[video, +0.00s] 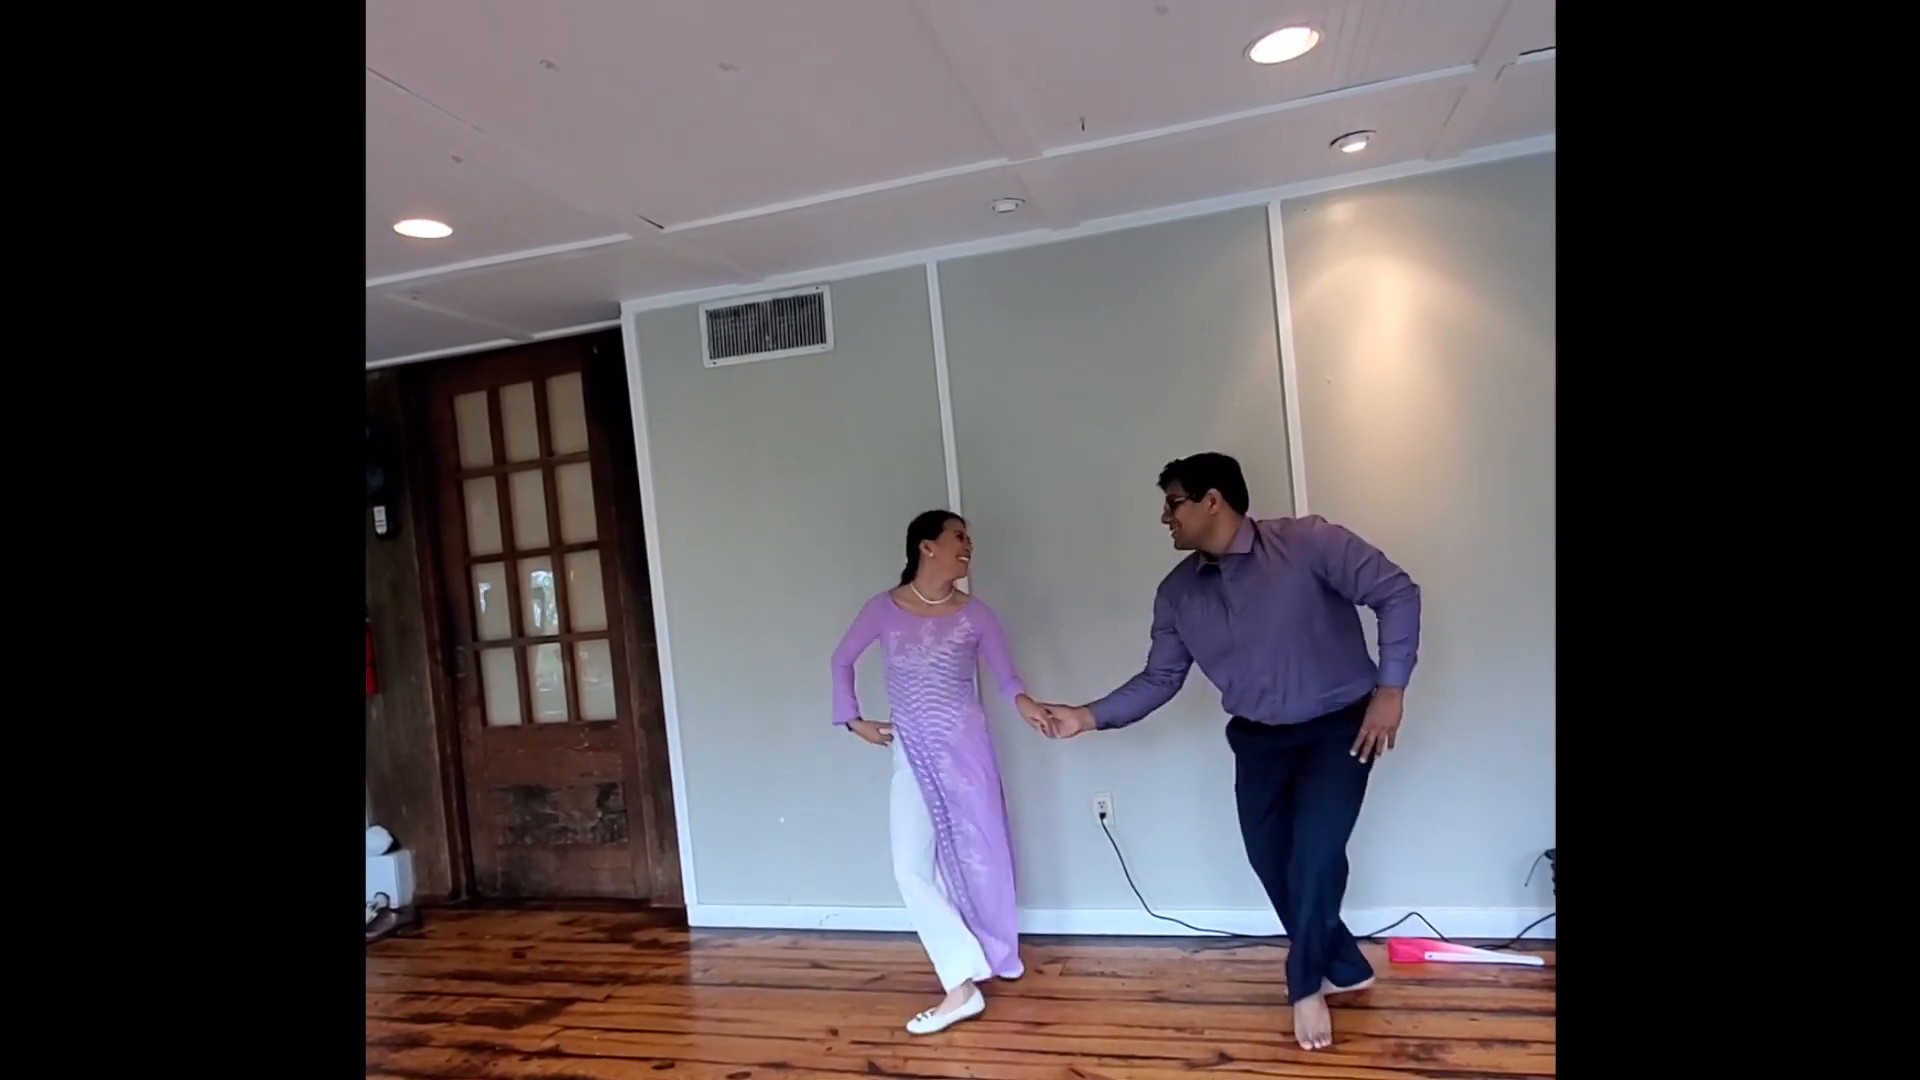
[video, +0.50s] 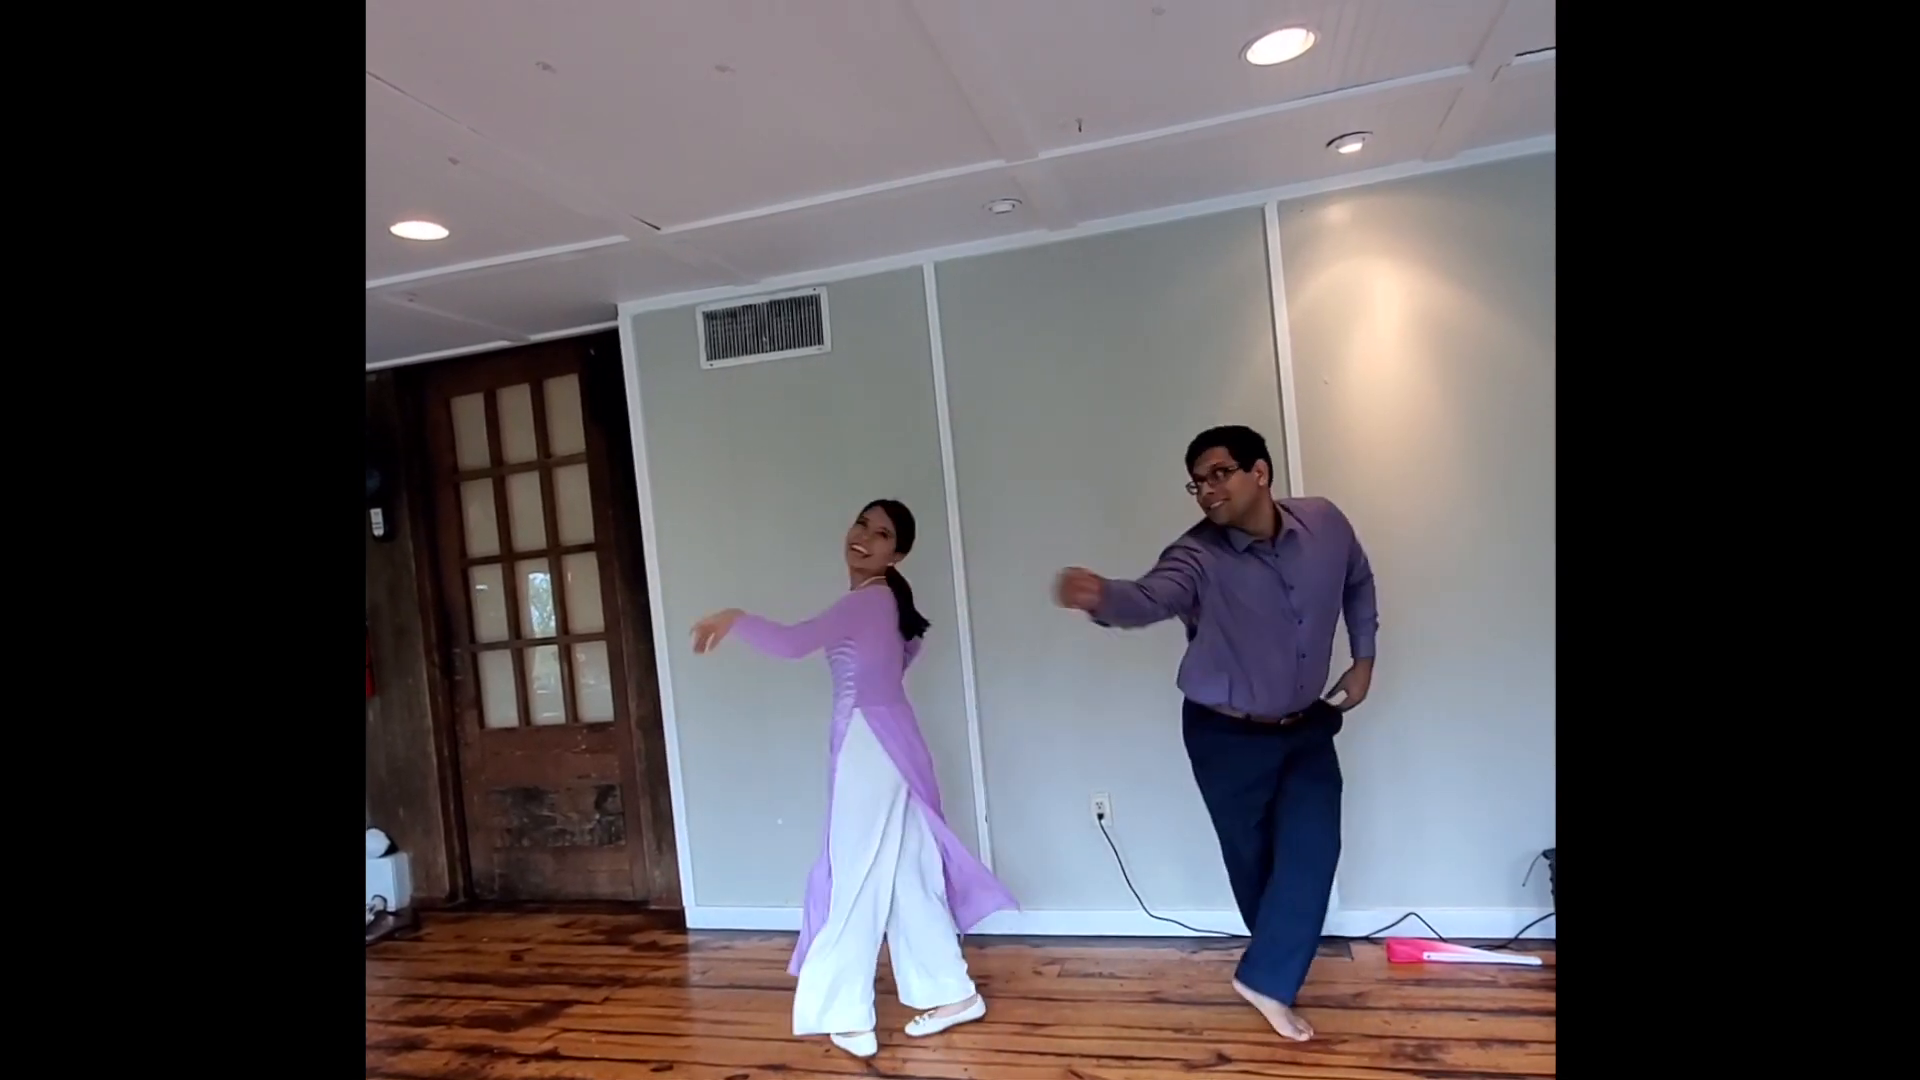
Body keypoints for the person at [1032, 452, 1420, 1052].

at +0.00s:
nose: (1165, 519)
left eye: (1173, 506)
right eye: (1164, 508)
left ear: (1214, 502)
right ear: (1202, 507)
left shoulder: (1307, 542)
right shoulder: (1179, 593)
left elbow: (1398, 592)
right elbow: (1160, 678)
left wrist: (1391, 692)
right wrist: (1087, 715)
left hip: (1337, 723)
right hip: (1257, 736)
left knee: (1317, 852)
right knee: (1269, 859)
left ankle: (1306, 988)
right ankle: (1345, 964)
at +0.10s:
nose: (1172, 522)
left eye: (1181, 507)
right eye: (1169, 512)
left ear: (1224, 502)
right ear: (1209, 511)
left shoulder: (1319, 544)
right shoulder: (1181, 605)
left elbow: (1397, 600)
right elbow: (1150, 686)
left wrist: (1395, 695)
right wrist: (1073, 708)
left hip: (1336, 738)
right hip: (1251, 750)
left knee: (1333, 867)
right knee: (1268, 874)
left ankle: (1307, 995)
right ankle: (1332, 957)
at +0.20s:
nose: (1181, 515)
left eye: (1192, 501)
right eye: (1176, 506)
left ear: (1235, 500)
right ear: (1181, 516)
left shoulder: (1321, 546)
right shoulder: (1179, 599)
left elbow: (1392, 605)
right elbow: (1133, 667)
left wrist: (1399, 693)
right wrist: (1052, 683)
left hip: (1334, 742)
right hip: (1248, 753)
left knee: (1336, 873)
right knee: (1268, 879)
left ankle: (1312, 997)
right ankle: (1301, 950)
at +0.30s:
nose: (1186, 496)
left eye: (1198, 480)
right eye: (1179, 487)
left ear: (1242, 482)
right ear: (1183, 499)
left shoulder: (1319, 531)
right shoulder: (1178, 573)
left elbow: (1378, 591)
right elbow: (1112, 619)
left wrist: (1395, 676)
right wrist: (1024, 639)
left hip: (1329, 730)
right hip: (1246, 739)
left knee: (1331, 867)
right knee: (1273, 868)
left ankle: (1311, 995)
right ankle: (1294, 954)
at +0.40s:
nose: (1192, 484)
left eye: (1203, 469)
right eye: (1184, 477)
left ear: (1247, 470)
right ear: (1186, 489)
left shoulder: (1318, 514)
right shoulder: (1189, 549)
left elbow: (1365, 575)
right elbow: (1125, 588)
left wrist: (1380, 657)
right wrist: (1039, 599)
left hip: (1318, 713)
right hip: (1238, 721)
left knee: (1332, 840)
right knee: (1262, 852)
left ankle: (1291, 976)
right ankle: (1285, 960)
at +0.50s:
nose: (1206, 491)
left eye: (1217, 476)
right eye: (1197, 484)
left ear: (1260, 473)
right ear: (1197, 494)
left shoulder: (1322, 521)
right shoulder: (1199, 555)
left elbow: (1356, 581)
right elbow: (1152, 596)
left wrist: (1364, 658)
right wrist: (1103, 597)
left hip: (1305, 725)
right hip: (1226, 732)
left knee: (1313, 850)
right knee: (1252, 859)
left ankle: (1268, 979)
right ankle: (1281, 962)